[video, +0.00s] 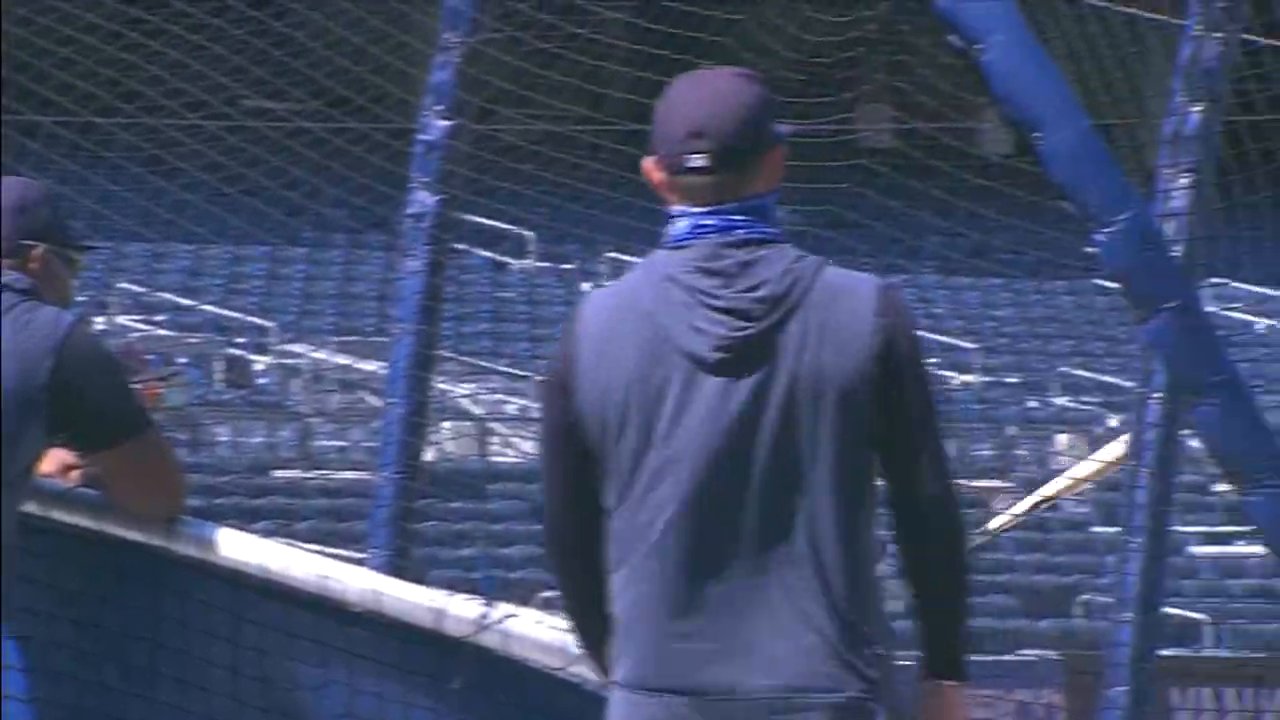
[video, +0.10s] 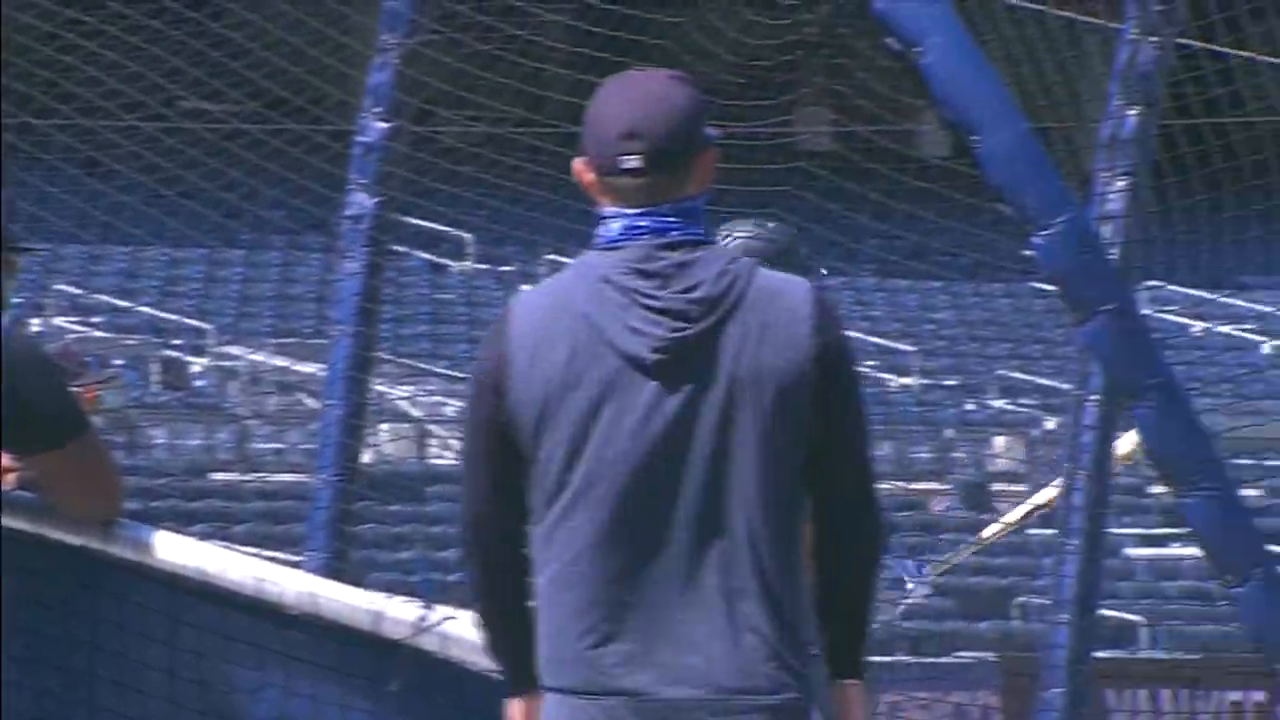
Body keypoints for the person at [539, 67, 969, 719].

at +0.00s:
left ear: (655, 178)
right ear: (777, 166)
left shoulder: (599, 324)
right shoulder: (864, 311)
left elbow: (568, 532)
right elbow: (926, 506)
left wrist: (620, 664)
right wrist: (944, 672)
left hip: (654, 689)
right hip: (824, 685)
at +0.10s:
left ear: (584, 179)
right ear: (710, 169)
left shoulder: (530, 324)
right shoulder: (799, 314)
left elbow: (489, 528)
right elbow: (850, 514)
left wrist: (522, 681)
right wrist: (847, 669)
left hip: (588, 693)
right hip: (759, 691)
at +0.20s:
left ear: (523, 179)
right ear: (646, 170)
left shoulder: (463, 328)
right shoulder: (732, 319)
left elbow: (413, 530)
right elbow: (781, 524)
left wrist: (422, 688)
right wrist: (738, 652)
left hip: (520, 694)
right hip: (694, 692)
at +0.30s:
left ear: (467, 178)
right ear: (591, 176)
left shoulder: (401, 329)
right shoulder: (670, 323)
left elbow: (345, 529)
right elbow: (709, 521)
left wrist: (332, 691)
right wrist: (674, 627)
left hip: (456, 695)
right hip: (633, 693)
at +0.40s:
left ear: (410, 175)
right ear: (534, 183)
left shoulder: (340, 329)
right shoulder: (606, 330)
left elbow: (277, 527)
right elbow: (645, 521)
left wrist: (259, 691)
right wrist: (608, 621)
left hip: (398, 696)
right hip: (571, 696)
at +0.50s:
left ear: (351, 172)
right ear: (473, 188)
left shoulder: (278, 332)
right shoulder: (546, 333)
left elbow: (212, 532)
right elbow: (581, 530)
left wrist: (196, 694)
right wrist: (536, 630)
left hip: (340, 696)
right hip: (513, 695)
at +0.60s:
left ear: (292, 177)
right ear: (417, 190)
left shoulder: (224, 338)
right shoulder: (496, 336)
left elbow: (162, 547)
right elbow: (531, 534)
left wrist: (146, 697)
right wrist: (477, 650)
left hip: (287, 692)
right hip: (458, 693)